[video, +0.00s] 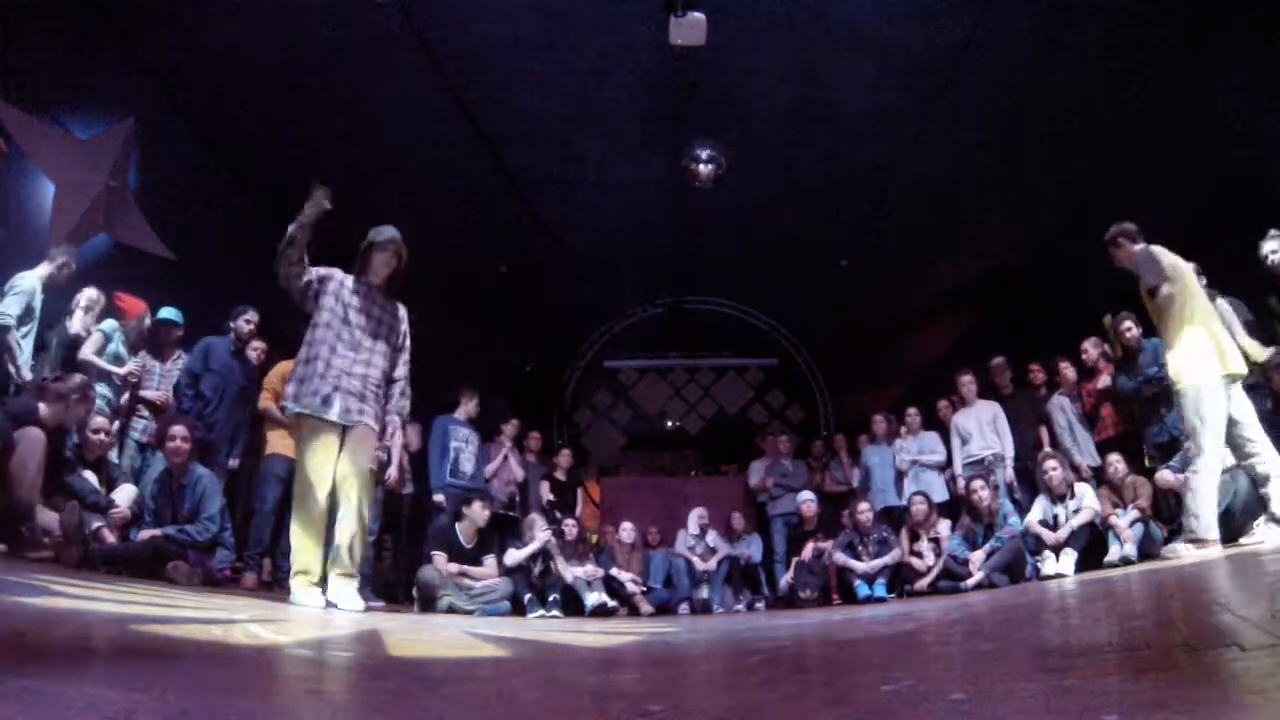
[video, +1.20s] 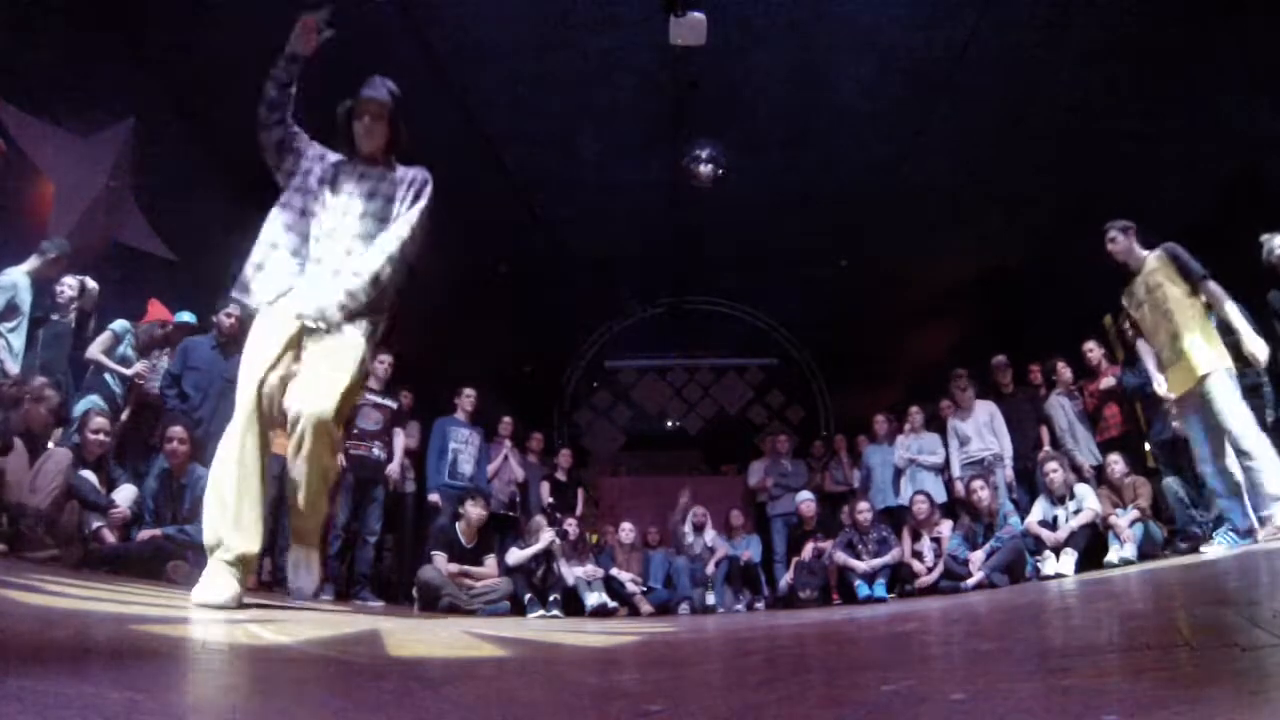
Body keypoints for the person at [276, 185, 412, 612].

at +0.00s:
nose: (387, 260)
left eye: (394, 256)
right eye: (383, 251)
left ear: (398, 265)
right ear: (366, 253)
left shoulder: (397, 314)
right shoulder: (331, 282)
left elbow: (400, 380)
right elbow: (290, 275)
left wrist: (394, 435)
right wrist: (304, 222)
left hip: (366, 410)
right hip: (317, 398)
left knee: (354, 493)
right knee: (313, 490)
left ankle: (344, 582)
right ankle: (304, 581)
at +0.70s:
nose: (391, 218)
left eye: (400, 213)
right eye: (387, 208)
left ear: (410, 222)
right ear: (373, 207)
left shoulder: (408, 279)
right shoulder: (330, 230)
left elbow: (407, 353)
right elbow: (290, 192)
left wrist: (403, 418)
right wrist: (300, 135)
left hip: (354, 380)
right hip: (298, 362)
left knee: (329, 474)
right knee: (281, 462)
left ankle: (306, 575)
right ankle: (267, 565)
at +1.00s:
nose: (376, 161)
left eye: (385, 154)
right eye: (370, 151)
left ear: (399, 162)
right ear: (358, 154)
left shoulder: (412, 219)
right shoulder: (324, 190)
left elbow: (409, 293)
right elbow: (293, 143)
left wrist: (383, 349)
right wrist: (300, 85)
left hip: (354, 351)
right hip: (292, 333)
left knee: (328, 466)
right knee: (253, 439)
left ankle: (308, 578)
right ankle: (222, 569)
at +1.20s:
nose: (367, 125)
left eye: (377, 118)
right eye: (360, 116)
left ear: (393, 127)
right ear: (348, 120)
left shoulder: (411, 182)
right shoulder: (314, 163)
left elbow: (389, 255)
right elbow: (275, 123)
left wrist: (328, 303)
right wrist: (293, 58)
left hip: (352, 315)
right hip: (284, 299)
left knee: (316, 411)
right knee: (248, 406)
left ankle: (305, 542)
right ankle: (228, 558)